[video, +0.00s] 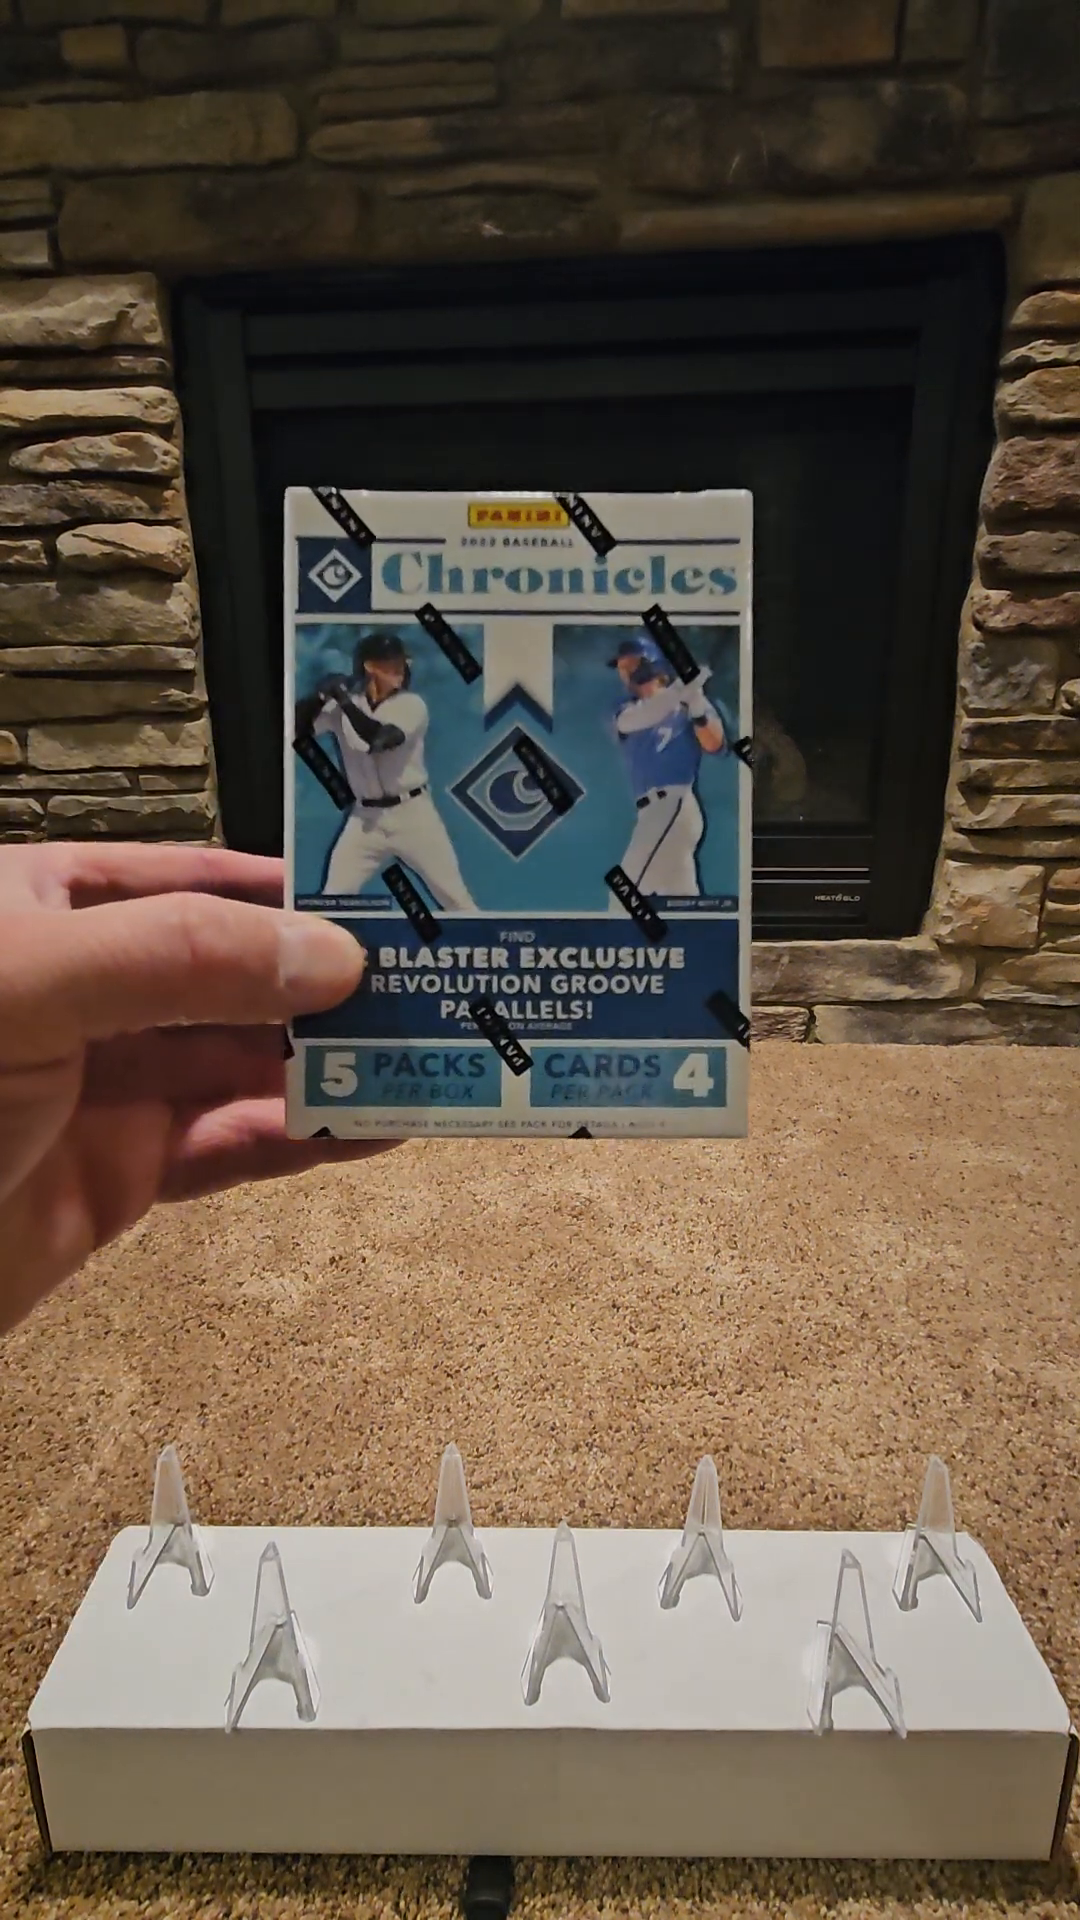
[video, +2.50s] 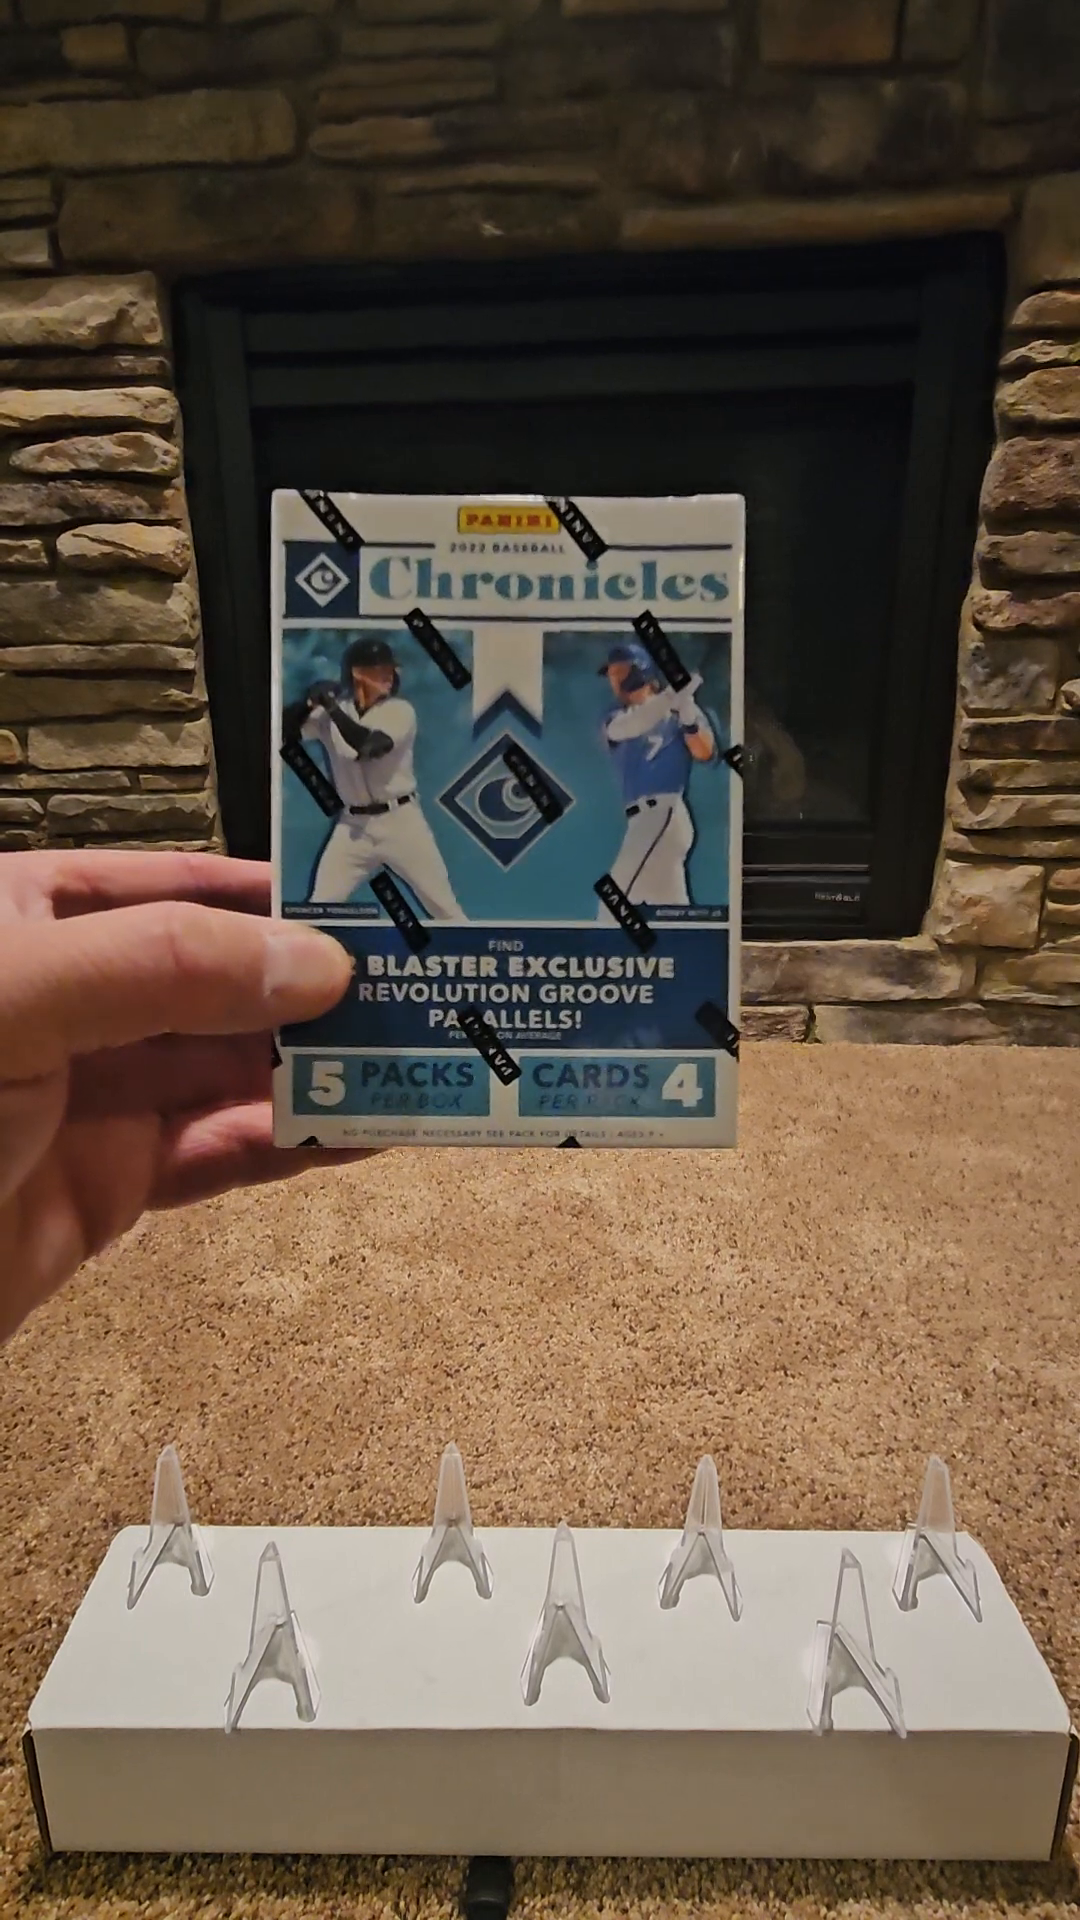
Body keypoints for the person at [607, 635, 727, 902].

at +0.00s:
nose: (622, 671)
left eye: (629, 662)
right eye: (620, 664)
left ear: (649, 664)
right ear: (619, 670)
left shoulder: (691, 702)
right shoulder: (626, 711)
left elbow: (714, 745)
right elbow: (644, 717)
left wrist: (697, 704)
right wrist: (680, 689)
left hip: (674, 807)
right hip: (651, 811)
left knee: (626, 893)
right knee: (683, 904)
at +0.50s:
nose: (622, 676)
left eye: (628, 668)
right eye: (620, 670)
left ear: (648, 669)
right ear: (620, 676)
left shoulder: (691, 707)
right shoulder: (625, 716)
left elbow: (714, 750)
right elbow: (645, 720)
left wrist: (696, 710)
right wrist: (679, 693)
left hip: (672, 812)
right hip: (649, 816)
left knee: (623, 899)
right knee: (680, 907)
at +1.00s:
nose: (623, 682)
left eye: (629, 673)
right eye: (620, 676)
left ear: (649, 676)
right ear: (617, 682)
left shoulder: (686, 712)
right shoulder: (623, 721)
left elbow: (712, 757)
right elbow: (636, 730)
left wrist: (695, 715)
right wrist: (678, 700)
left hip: (671, 820)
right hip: (647, 824)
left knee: (621, 905)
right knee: (677, 915)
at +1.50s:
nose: (614, 693)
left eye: (621, 684)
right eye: (611, 687)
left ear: (641, 685)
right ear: (609, 692)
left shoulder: (679, 723)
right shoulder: (616, 732)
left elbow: (704, 768)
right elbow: (628, 740)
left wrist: (686, 725)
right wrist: (669, 711)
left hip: (663, 830)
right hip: (641, 833)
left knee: (612, 915)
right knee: (670, 927)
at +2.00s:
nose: (622, 704)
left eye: (629, 695)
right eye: (619, 697)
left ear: (649, 695)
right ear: (616, 700)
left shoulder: (688, 732)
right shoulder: (621, 741)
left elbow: (711, 777)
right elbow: (642, 746)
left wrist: (694, 733)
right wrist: (676, 719)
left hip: (671, 838)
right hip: (648, 841)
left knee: (620, 924)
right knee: (680, 936)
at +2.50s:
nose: (614, 681)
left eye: (621, 672)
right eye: (611, 674)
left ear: (640, 672)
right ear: (608, 678)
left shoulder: (680, 709)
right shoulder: (615, 720)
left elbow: (704, 753)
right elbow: (632, 725)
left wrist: (687, 712)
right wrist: (673, 695)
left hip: (664, 816)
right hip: (640, 820)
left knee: (614, 903)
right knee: (671, 912)